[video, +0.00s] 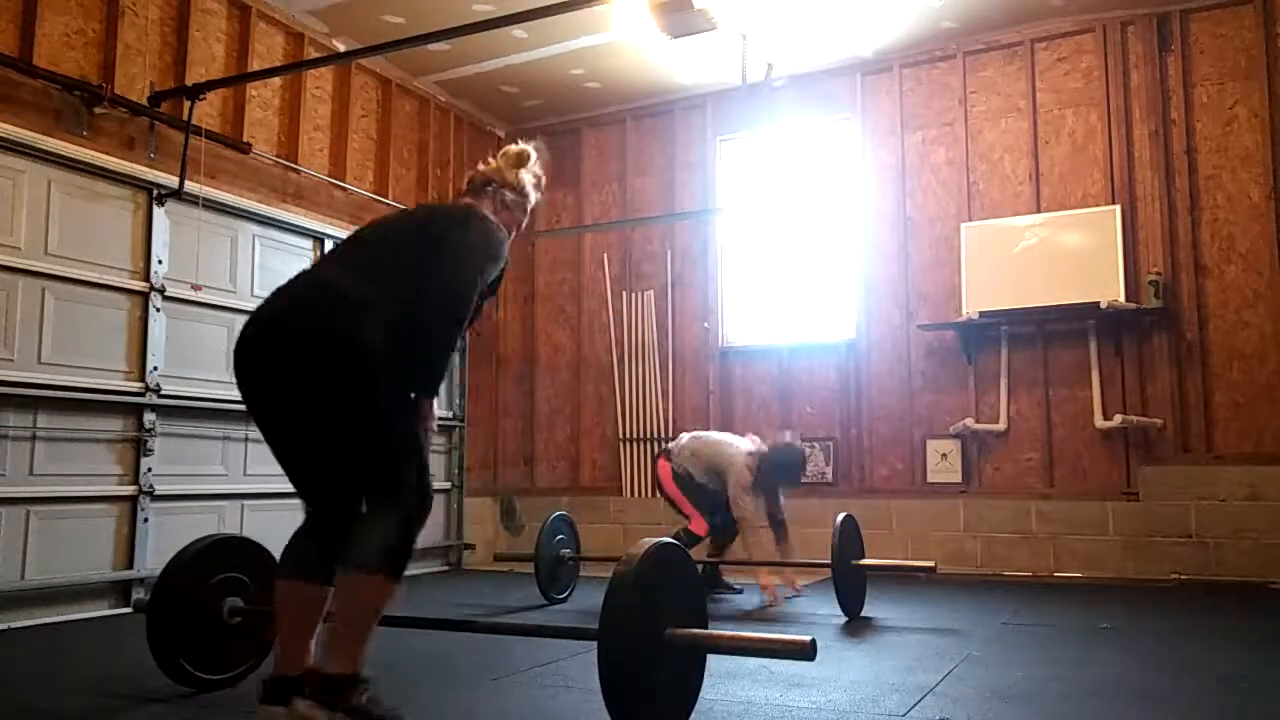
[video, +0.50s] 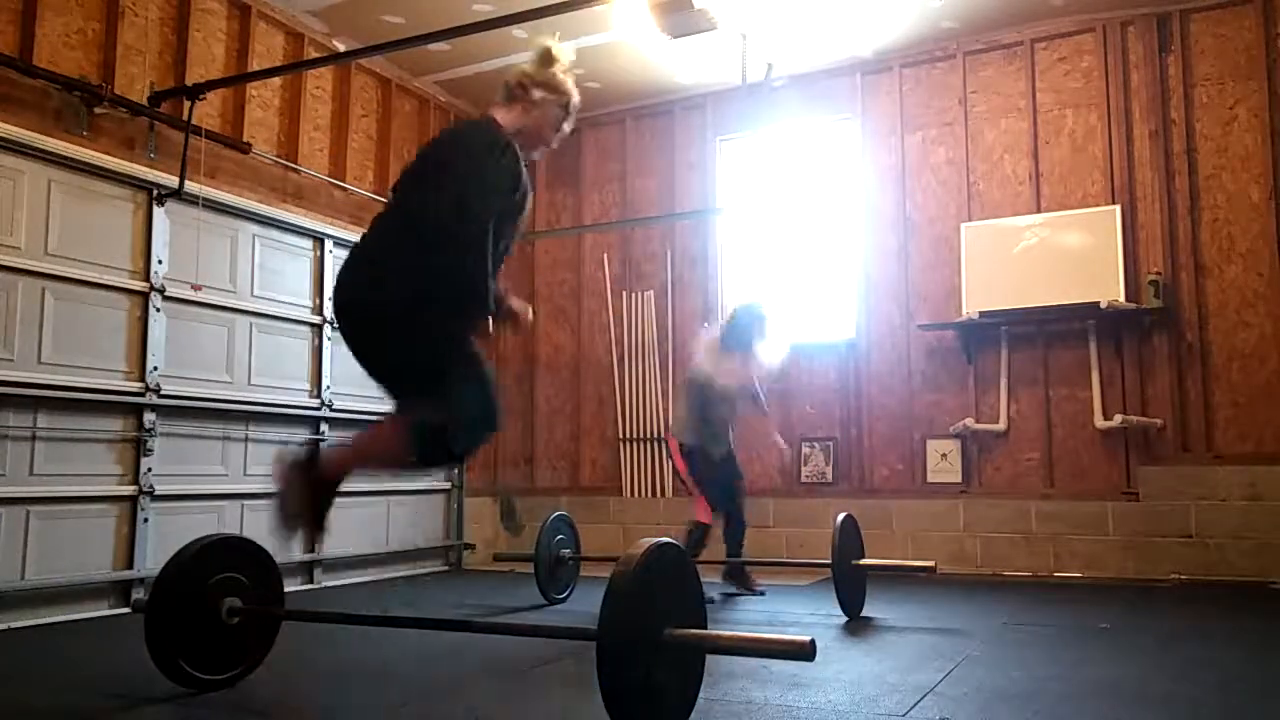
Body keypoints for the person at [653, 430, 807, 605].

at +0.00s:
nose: (776, 485)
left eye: (782, 482)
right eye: (777, 480)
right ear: (771, 469)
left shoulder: (767, 464)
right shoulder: (740, 464)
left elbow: (777, 518)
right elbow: (749, 524)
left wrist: (787, 569)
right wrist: (763, 574)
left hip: (702, 470)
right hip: (671, 464)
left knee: (727, 523)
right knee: (701, 525)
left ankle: (711, 574)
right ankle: (655, 565)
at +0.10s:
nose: (785, 451)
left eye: (788, 446)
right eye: (785, 445)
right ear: (775, 437)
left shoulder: (766, 444)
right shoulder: (734, 438)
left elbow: (774, 488)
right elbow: (724, 495)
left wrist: (781, 533)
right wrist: (728, 543)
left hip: (702, 464)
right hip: (672, 458)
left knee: (733, 515)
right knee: (701, 521)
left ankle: (711, 573)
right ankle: (656, 562)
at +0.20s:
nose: (778, 414)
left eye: (783, 409)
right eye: (780, 408)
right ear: (770, 397)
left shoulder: (759, 407)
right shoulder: (728, 403)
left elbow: (757, 443)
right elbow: (699, 450)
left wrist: (760, 473)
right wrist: (695, 495)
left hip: (709, 452)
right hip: (680, 445)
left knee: (735, 509)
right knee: (705, 510)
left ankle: (712, 569)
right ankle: (667, 558)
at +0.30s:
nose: (777, 394)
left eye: (782, 389)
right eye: (776, 387)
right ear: (764, 375)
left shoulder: (763, 383)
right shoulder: (722, 384)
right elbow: (691, 426)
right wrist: (690, 473)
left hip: (721, 448)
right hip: (687, 441)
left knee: (742, 502)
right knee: (713, 498)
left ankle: (730, 565)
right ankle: (677, 563)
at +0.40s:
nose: (769, 379)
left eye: (773, 375)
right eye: (768, 372)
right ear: (755, 360)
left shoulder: (755, 387)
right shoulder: (717, 371)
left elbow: (755, 433)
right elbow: (698, 420)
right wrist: (718, 462)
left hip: (722, 447)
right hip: (690, 443)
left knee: (744, 510)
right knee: (720, 507)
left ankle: (734, 573)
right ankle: (681, 570)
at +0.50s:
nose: (757, 338)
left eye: (758, 333)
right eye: (754, 332)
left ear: (752, 333)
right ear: (742, 329)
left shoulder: (745, 363)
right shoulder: (706, 363)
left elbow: (759, 406)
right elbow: (698, 417)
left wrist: (774, 438)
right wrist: (715, 448)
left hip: (721, 443)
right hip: (693, 442)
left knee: (734, 502)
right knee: (710, 504)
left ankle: (734, 567)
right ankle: (681, 566)